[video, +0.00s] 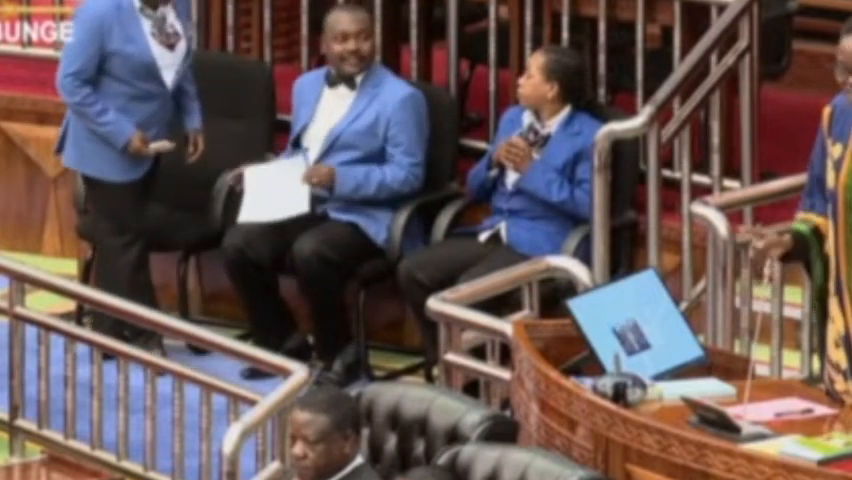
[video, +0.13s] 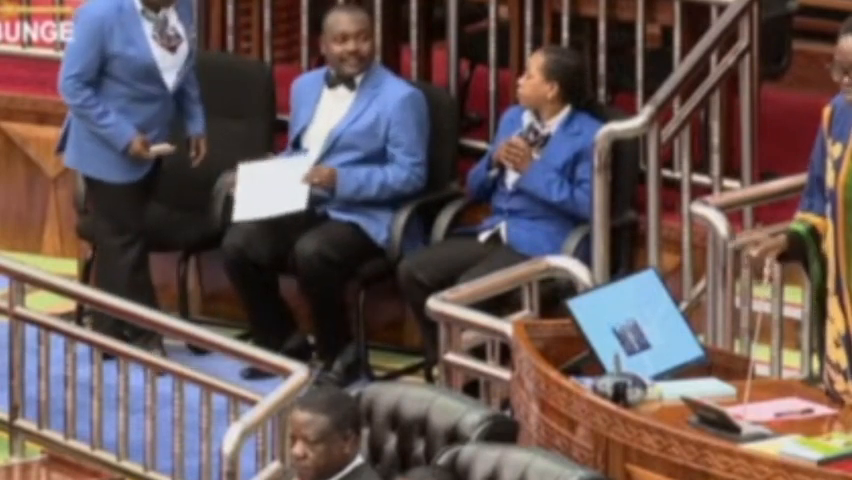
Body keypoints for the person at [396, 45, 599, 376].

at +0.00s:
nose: (519, 81)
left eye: (528, 76)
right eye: (523, 73)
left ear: (552, 89)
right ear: (549, 88)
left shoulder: (589, 135)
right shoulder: (512, 120)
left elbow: (590, 206)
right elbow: (475, 190)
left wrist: (529, 172)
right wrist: (494, 164)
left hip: (539, 251)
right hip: (494, 236)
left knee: (462, 296)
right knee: (414, 271)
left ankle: (482, 381)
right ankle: (445, 366)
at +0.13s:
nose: (519, 81)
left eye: (528, 76)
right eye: (523, 74)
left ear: (552, 90)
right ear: (549, 88)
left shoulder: (589, 135)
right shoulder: (512, 120)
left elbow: (590, 206)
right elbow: (475, 190)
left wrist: (529, 171)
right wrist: (495, 164)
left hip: (539, 250)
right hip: (495, 236)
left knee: (463, 296)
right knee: (414, 271)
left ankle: (484, 380)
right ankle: (445, 366)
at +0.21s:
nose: (519, 81)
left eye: (528, 77)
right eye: (523, 74)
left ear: (552, 90)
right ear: (549, 89)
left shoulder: (589, 135)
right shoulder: (512, 120)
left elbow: (590, 206)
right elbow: (475, 190)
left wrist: (529, 172)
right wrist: (494, 164)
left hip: (539, 250)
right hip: (495, 235)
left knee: (464, 295)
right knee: (414, 271)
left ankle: (484, 380)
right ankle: (446, 366)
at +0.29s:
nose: (519, 82)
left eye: (528, 77)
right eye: (523, 74)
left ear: (552, 90)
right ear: (549, 89)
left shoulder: (589, 135)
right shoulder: (512, 120)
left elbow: (590, 206)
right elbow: (475, 190)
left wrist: (530, 171)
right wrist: (494, 164)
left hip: (538, 250)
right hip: (494, 235)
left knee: (463, 295)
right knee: (414, 271)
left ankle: (483, 380)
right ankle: (445, 366)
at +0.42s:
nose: (519, 82)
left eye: (528, 77)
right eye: (522, 74)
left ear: (552, 90)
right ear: (549, 89)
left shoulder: (589, 135)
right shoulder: (512, 120)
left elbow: (590, 206)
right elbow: (475, 190)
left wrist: (529, 172)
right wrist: (494, 164)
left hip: (539, 250)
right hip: (495, 235)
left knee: (464, 295)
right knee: (414, 271)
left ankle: (485, 380)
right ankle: (446, 366)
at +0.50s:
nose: (519, 83)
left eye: (528, 78)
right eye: (522, 75)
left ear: (552, 90)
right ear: (549, 89)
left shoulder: (589, 135)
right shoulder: (512, 120)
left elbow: (590, 206)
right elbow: (475, 190)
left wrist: (529, 171)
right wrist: (495, 164)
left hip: (539, 250)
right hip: (494, 236)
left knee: (463, 296)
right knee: (414, 271)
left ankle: (483, 380)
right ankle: (445, 366)